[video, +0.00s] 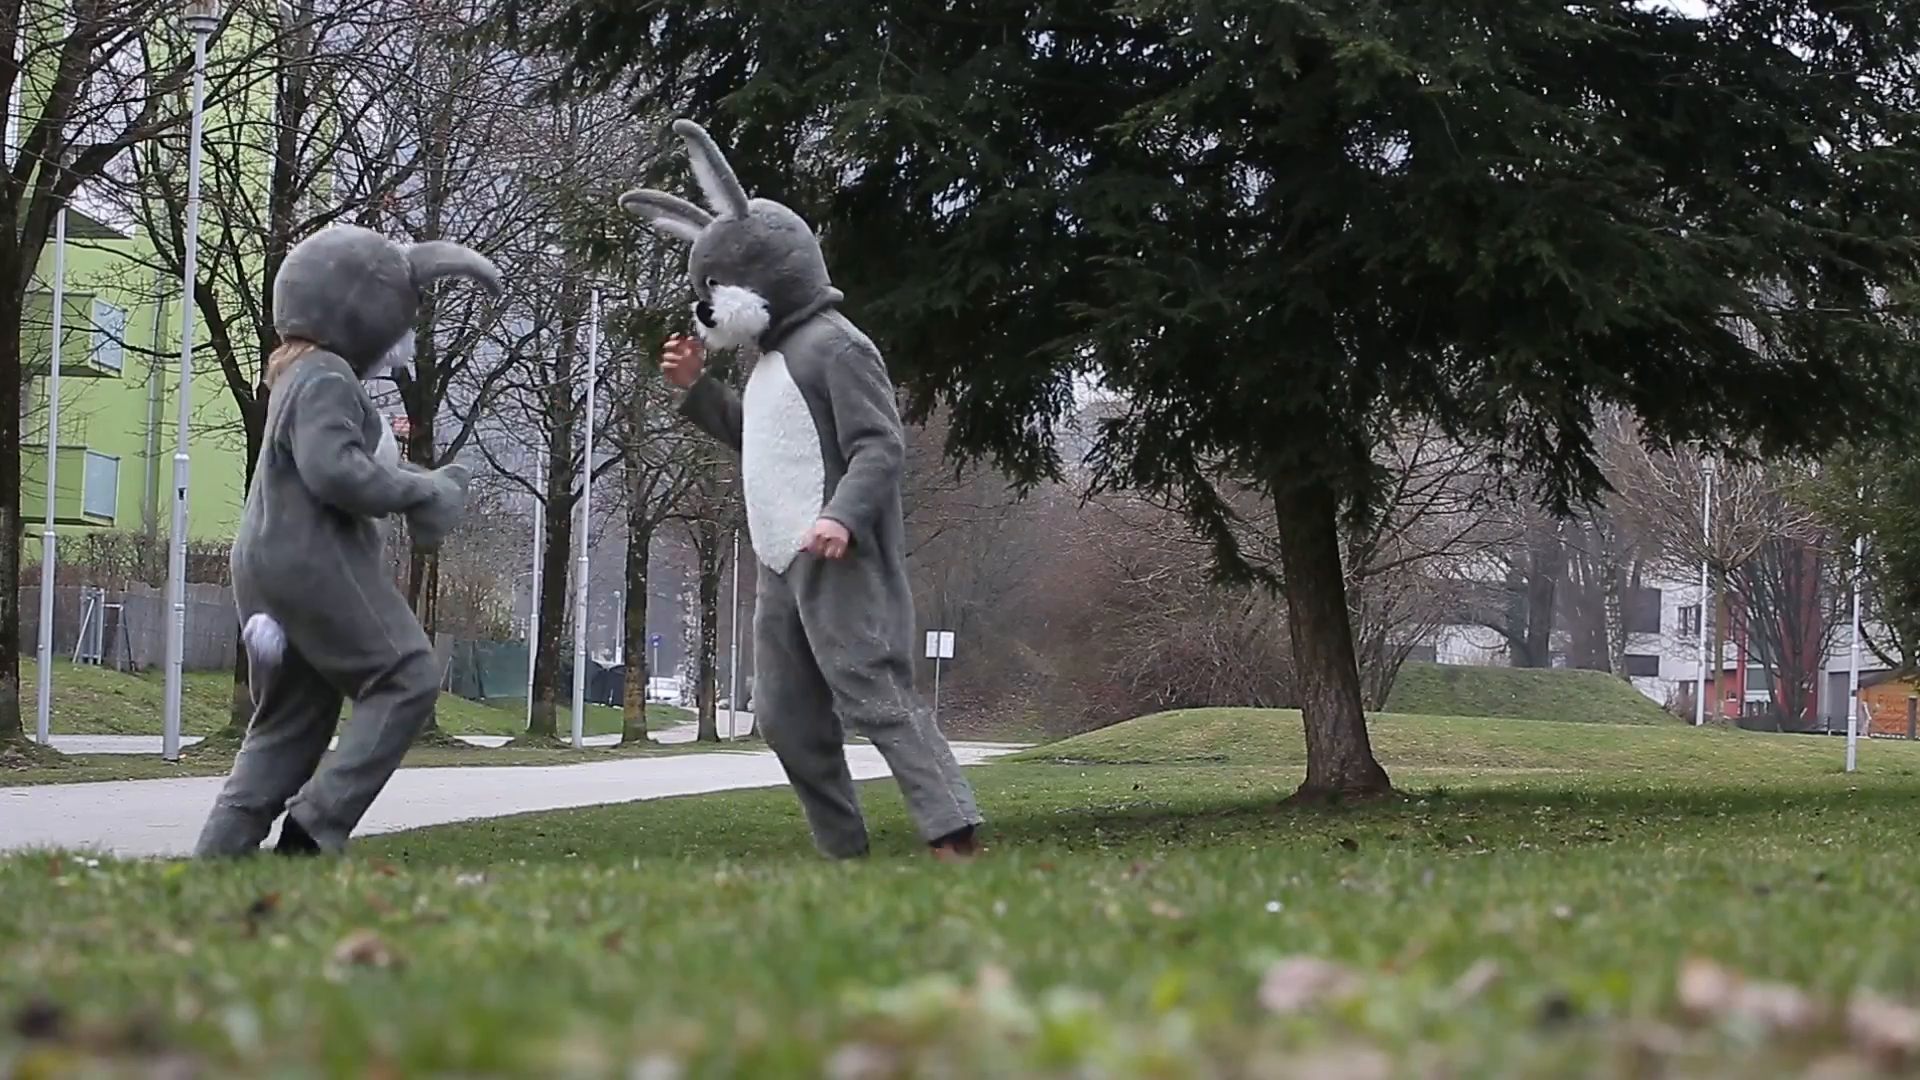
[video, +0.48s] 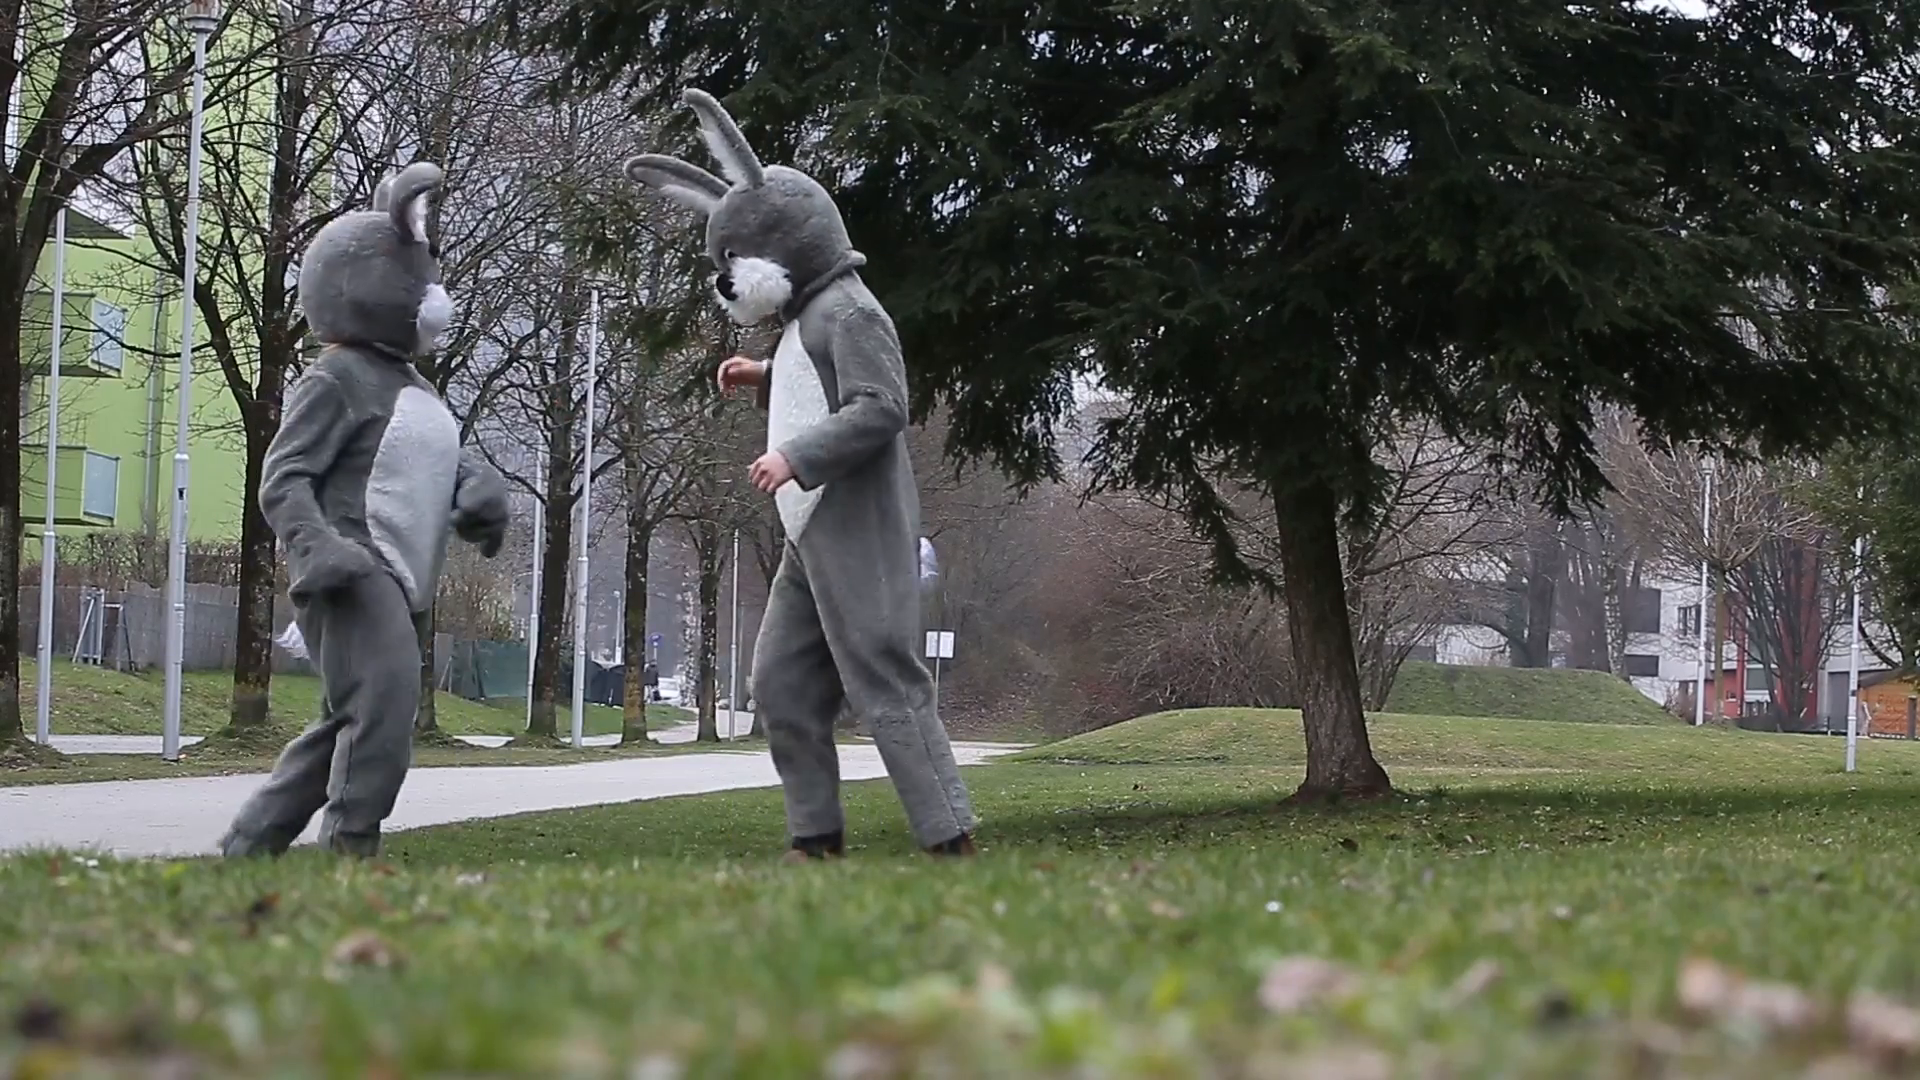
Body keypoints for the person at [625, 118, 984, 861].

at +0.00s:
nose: (715, 303)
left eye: (723, 286)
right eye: (712, 289)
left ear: (769, 275)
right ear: (748, 285)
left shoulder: (836, 344)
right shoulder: (760, 362)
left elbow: (880, 446)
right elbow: (755, 437)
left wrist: (841, 515)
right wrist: (696, 385)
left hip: (839, 555)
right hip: (781, 567)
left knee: (876, 696)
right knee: (787, 716)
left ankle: (954, 835)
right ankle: (844, 851)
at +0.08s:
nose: (721, 308)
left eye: (725, 291)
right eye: (718, 295)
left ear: (765, 280)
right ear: (767, 283)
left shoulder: (836, 336)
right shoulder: (782, 356)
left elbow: (884, 433)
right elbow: (775, 431)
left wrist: (826, 500)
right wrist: (726, 370)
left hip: (850, 555)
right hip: (794, 565)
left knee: (880, 698)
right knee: (799, 716)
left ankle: (944, 843)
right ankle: (849, 854)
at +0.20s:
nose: (733, 304)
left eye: (737, 285)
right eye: (729, 290)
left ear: (779, 269)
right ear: (775, 276)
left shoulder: (846, 326)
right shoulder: (800, 344)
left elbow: (884, 423)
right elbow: (800, 420)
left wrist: (811, 479)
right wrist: (750, 354)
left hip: (863, 543)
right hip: (818, 548)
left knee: (862, 694)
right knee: (816, 708)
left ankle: (945, 839)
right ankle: (850, 853)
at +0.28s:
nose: (738, 301)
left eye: (740, 284)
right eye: (735, 288)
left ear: (779, 268)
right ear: (784, 270)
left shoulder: (849, 322)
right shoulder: (810, 334)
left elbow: (884, 422)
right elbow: (818, 413)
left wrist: (805, 467)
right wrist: (769, 361)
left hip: (865, 543)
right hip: (820, 548)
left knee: (872, 695)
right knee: (811, 704)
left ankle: (949, 840)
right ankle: (854, 843)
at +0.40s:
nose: (741, 281)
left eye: (748, 262)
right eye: (738, 266)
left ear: (789, 249)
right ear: (791, 253)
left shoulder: (850, 312)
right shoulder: (809, 321)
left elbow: (885, 413)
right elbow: (820, 402)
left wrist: (800, 455)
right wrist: (770, 363)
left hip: (866, 534)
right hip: (818, 537)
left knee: (886, 686)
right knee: (787, 691)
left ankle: (950, 841)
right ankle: (854, 836)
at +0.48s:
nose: (737, 274)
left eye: (744, 255)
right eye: (734, 260)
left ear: (785, 242)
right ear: (790, 247)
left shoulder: (845, 309)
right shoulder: (808, 316)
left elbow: (884, 408)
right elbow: (825, 385)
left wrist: (797, 454)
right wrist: (767, 375)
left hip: (860, 530)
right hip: (811, 533)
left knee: (885, 678)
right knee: (781, 682)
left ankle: (949, 836)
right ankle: (816, 840)